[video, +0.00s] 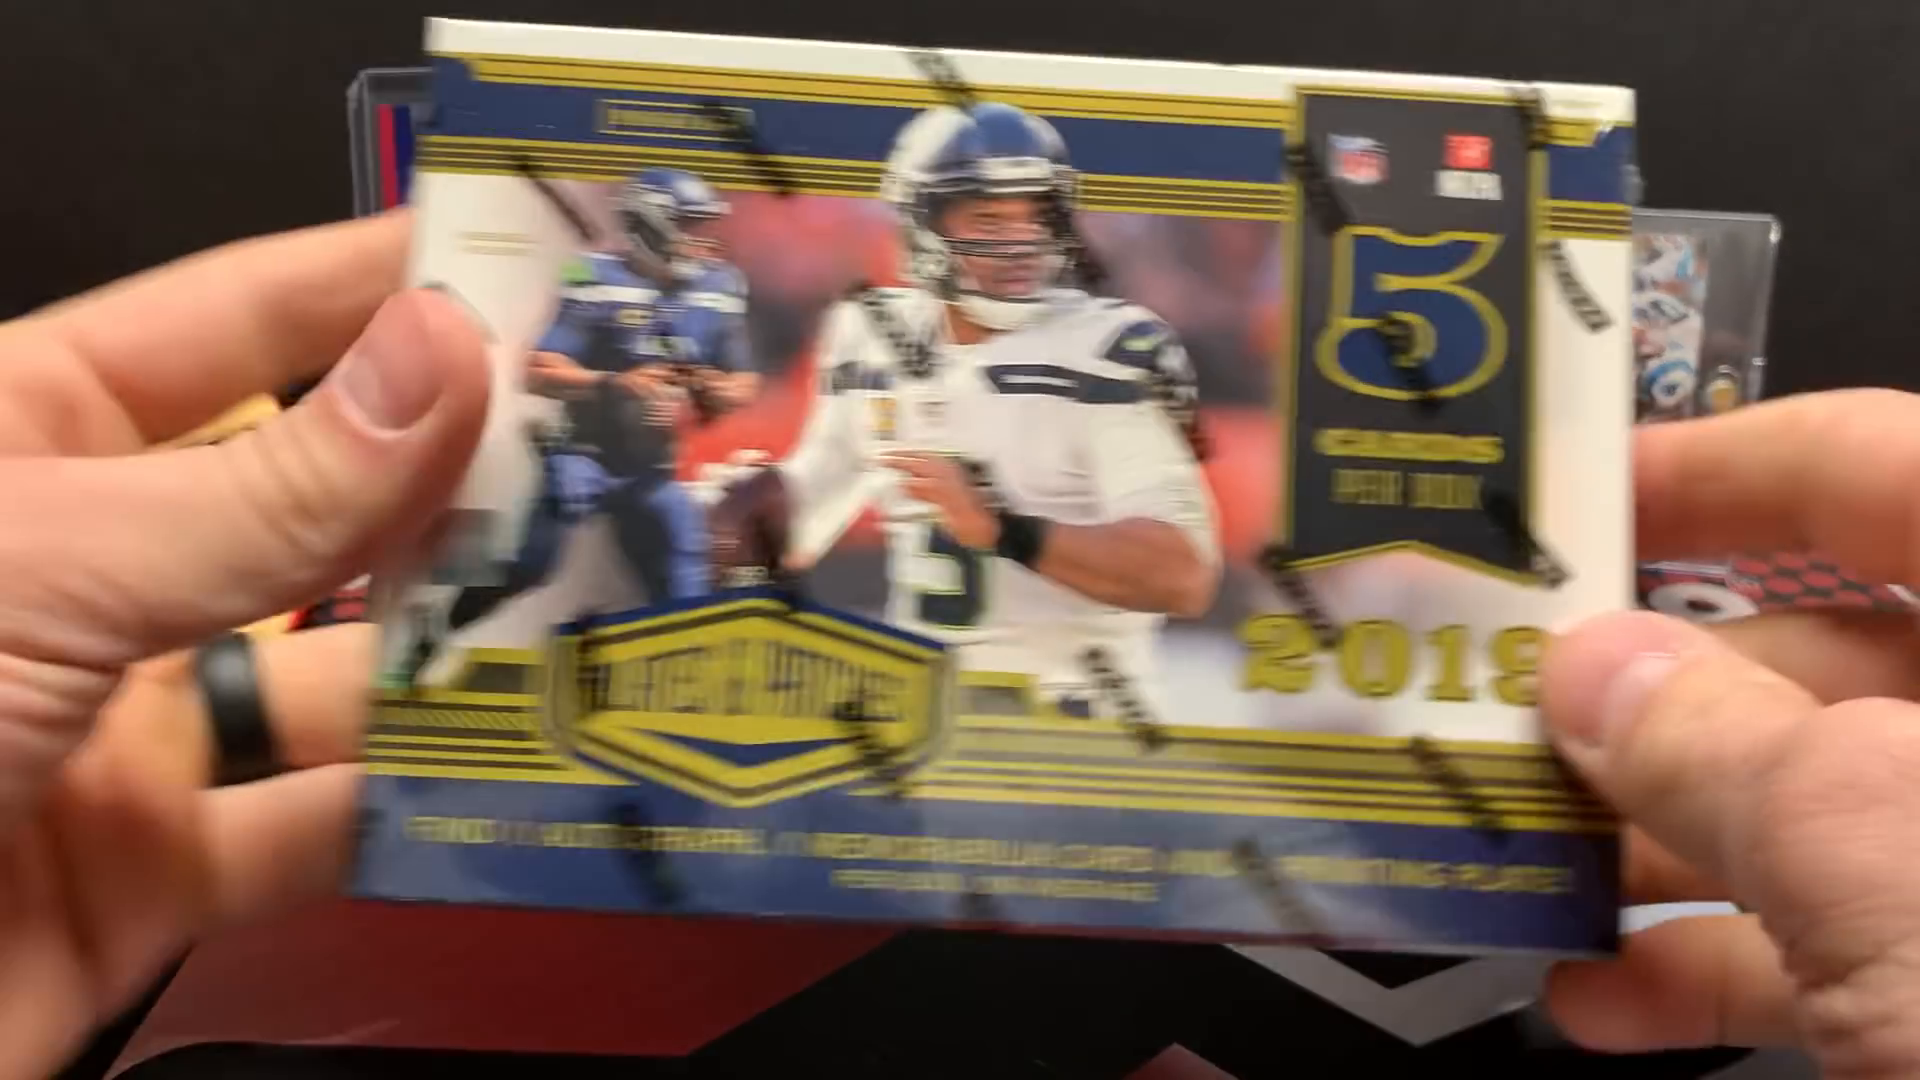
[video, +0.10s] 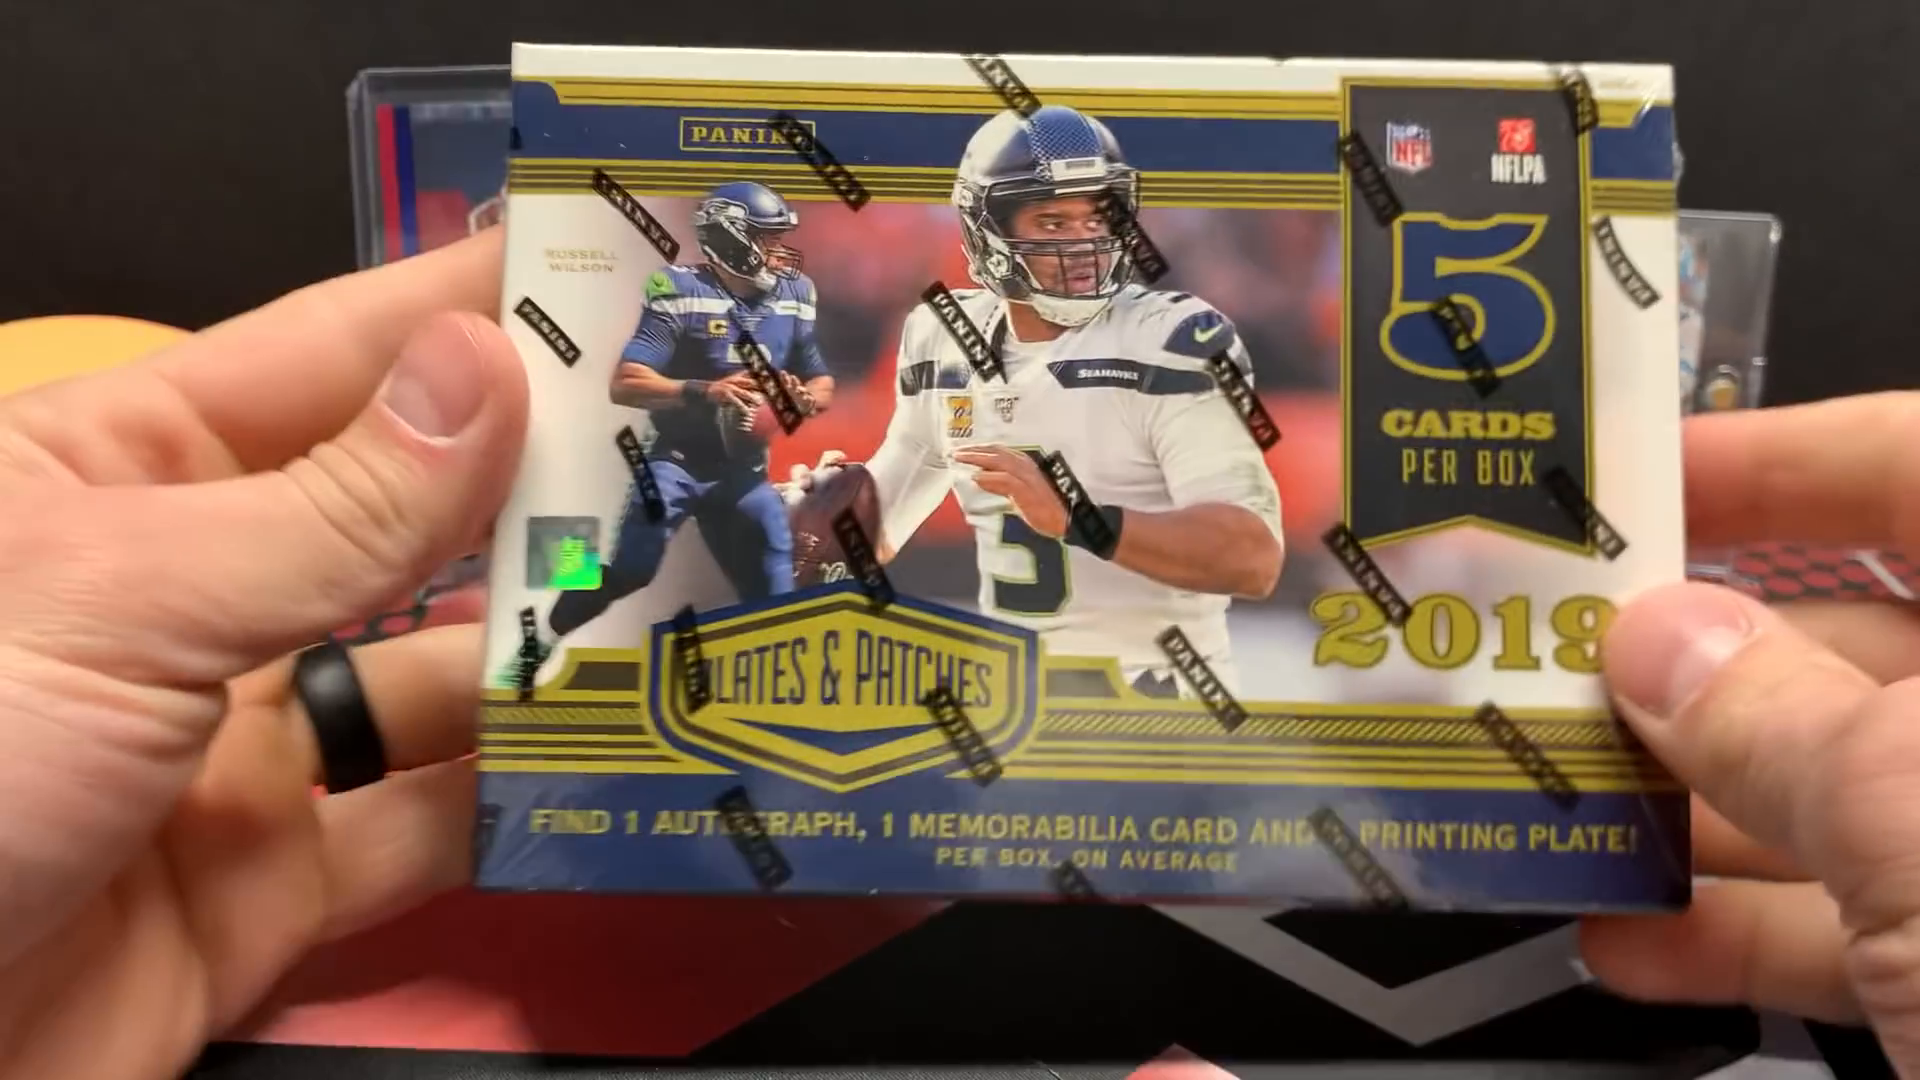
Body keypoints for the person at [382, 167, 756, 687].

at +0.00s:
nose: (702, 240)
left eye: (704, 227)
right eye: (690, 226)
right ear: (649, 224)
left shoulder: (719, 289)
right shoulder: (593, 282)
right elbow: (540, 369)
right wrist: (616, 383)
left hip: (653, 466)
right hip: (581, 458)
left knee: (686, 583)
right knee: (534, 563)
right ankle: (438, 627)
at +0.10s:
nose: (779, 249)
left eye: (778, 237)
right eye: (767, 238)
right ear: (727, 239)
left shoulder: (796, 293)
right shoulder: (675, 291)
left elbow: (821, 383)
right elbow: (626, 384)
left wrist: (801, 398)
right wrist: (701, 389)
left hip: (744, 472)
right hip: (674, 463)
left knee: (776, 598)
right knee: (633, 568)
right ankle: (543, 634)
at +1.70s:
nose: (735, 216)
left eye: (735, 205)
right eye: (725, 206)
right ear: (689, 208)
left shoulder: (746, 254)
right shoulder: (635, 250)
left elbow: (769, 337)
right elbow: (583, 335)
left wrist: (749, 349)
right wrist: (660, 341)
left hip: (692, 416)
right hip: (626, 406)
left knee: (718, 534)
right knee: (581, 504)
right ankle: (494, 570)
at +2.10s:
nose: (725, 225)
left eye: (726, 214)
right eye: (714, 214)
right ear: (678, 215)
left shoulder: (740, 263)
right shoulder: (629, 260)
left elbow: (762, 349)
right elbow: (578, 347)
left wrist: (742, 362)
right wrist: (653, 353)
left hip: (686, 428)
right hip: (622, 420)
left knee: (714, 548)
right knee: (577, 520)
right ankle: (493, 586)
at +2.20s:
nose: (724, 225)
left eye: (725, 214)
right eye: (713, 215)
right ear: (675, 215)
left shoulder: (739, 264)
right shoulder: (629, 261)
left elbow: (761, 349)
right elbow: (578, 349)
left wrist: (742, 364)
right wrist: (654, 356)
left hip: (687, 428)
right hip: (623, 421)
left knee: (715, 548)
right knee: (578, 522)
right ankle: (494, 589)